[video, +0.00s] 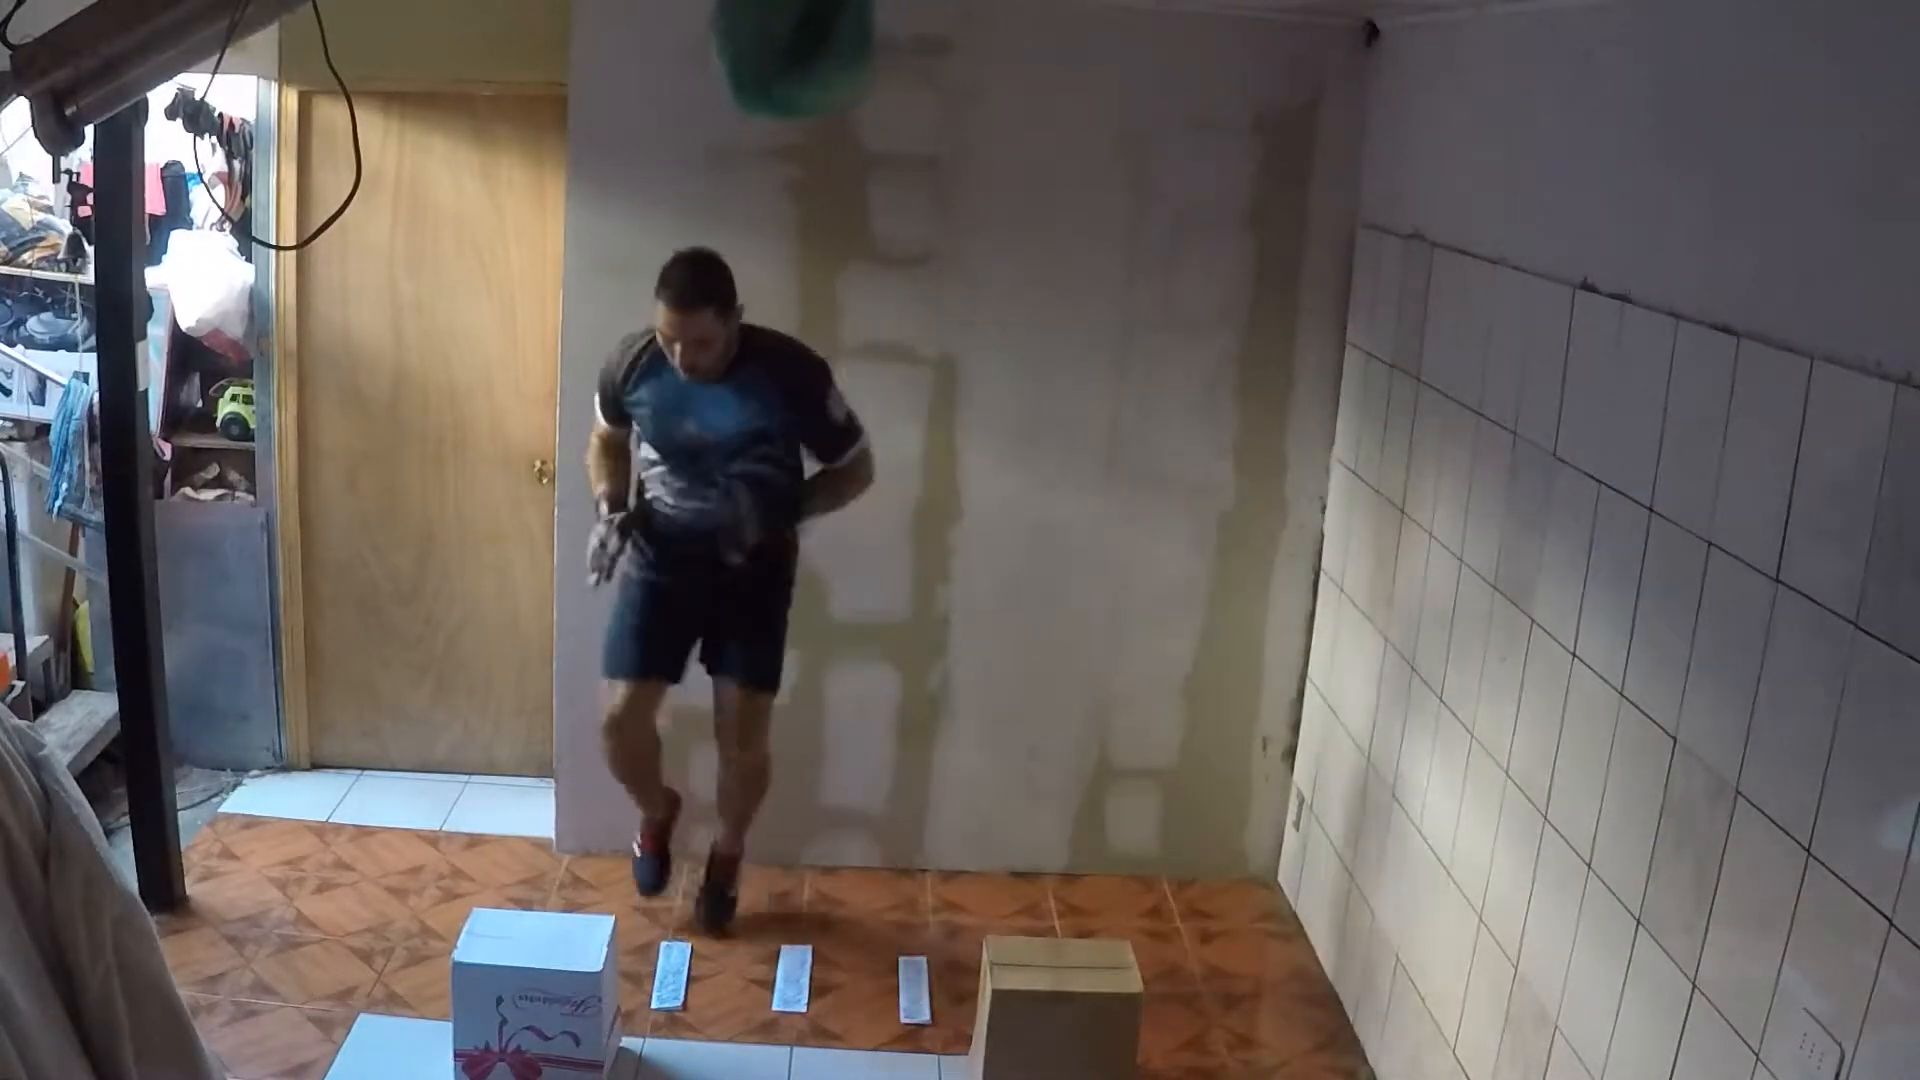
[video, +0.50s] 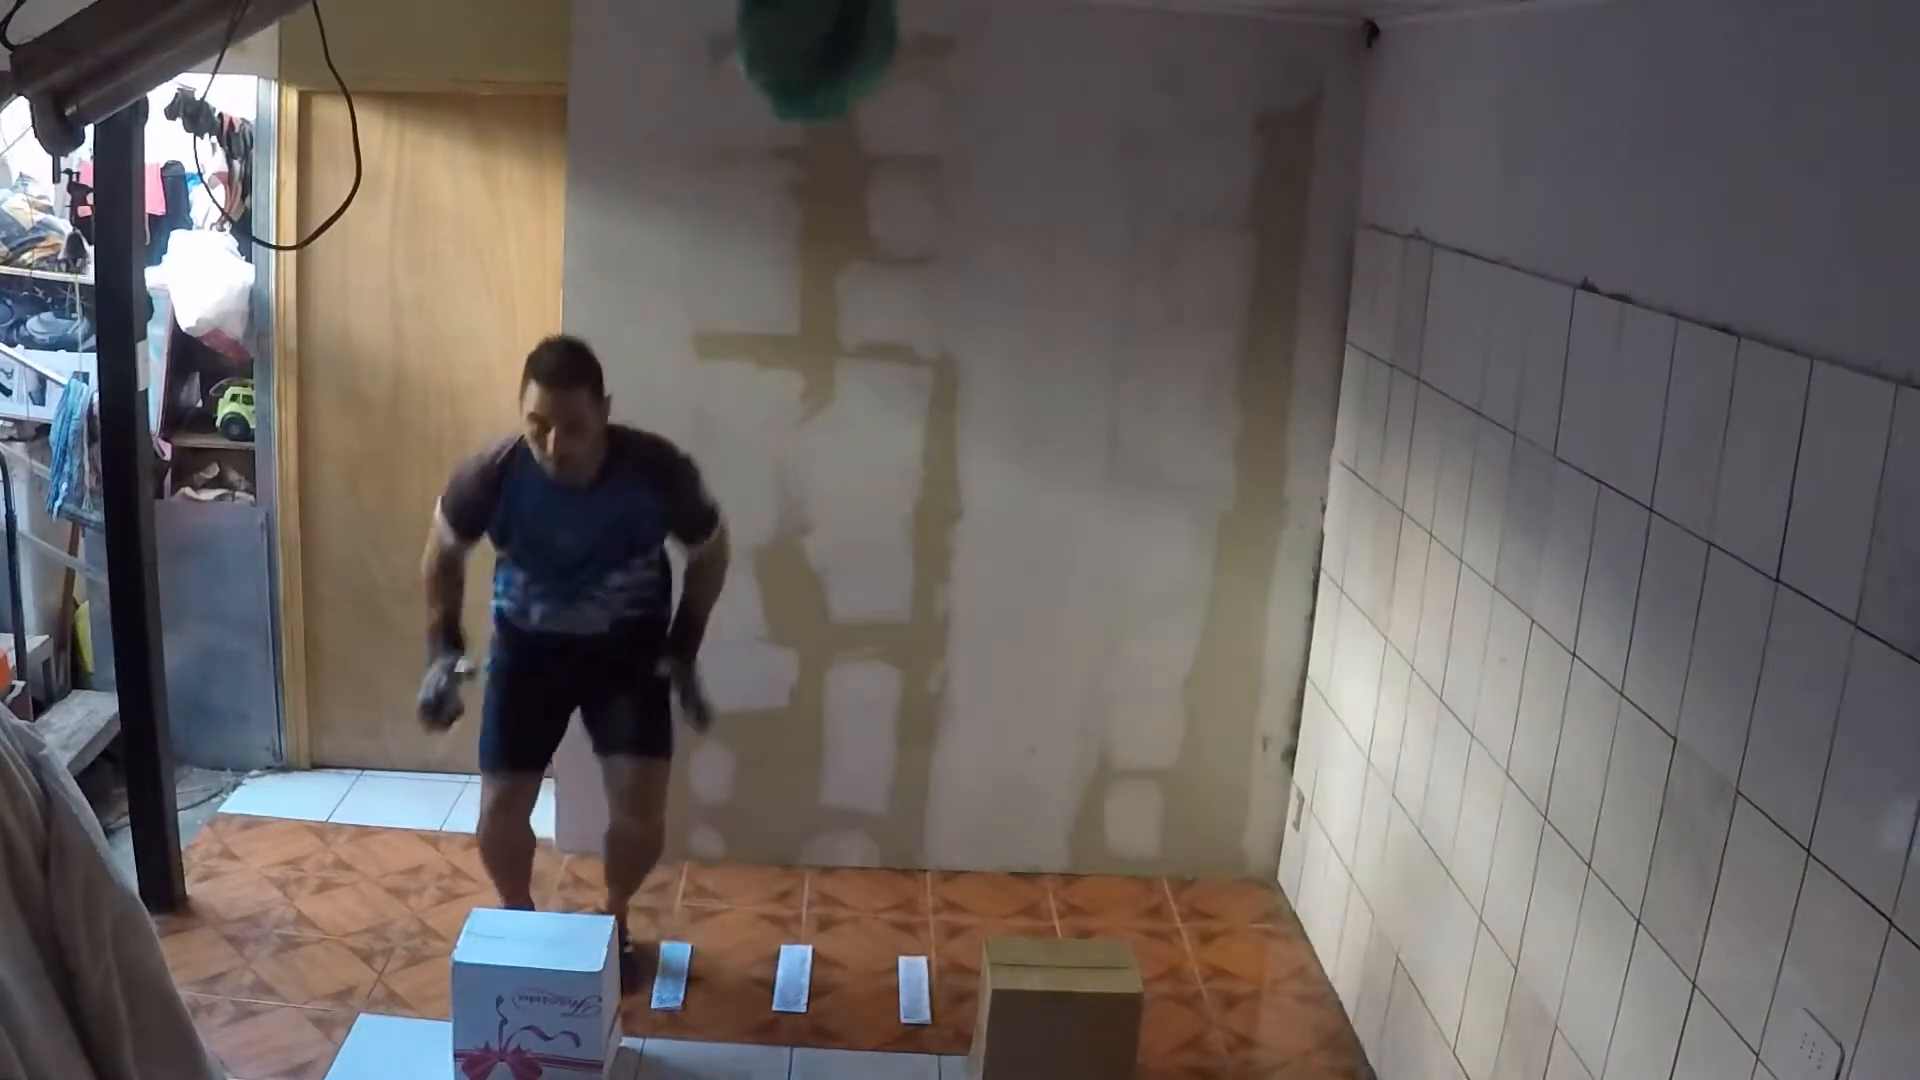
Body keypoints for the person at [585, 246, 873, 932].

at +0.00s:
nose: (683, 356)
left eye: (699, 343)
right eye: (671, 340)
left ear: (732, 320)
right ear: (657, 319)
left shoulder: (788, 370)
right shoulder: (631, 368)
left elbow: (856, 469)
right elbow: (608, 445)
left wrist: (781, 510)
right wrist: (614, 511)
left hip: (753, 562)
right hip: (662, 555)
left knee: (741, 736)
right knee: (621, 720)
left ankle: (727, 858)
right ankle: (657, 811)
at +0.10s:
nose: (671, 380)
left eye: (688, 365)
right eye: (659, 362)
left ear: (720, 345)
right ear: (645, 345)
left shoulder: (763, 403)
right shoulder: (625, 384)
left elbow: (815, 522)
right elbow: (592, 437)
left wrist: (750, 534)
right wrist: (583, 522)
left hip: (732, 591)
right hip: (643, 576)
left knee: (724, 764)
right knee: (575, 692)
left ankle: (728, 865)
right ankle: (613, 778)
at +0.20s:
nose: (647, 377)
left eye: (664, 362)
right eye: (635, 359)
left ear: (697, 344)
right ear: (620, 341)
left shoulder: (740, 399)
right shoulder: (594, 378)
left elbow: (817, 497)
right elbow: (564, 419)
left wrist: (746, 559)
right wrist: (551, 500)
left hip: (707, 584)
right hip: (615, 567)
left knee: (709, 760)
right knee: (544, 690)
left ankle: (722, 861)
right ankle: (563, 812)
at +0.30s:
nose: (614, 366)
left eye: (632, 351)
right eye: (600, 347)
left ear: (665, 332)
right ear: (584, 328)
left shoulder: (713, 380)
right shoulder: (552, 365)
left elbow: (810, 429)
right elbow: (520, 380)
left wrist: (762, 541)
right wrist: (523, 478)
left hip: (677, 580)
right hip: (581, 569)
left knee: (679, 747)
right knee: (529, 726)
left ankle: (697, 857)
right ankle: (519, 871)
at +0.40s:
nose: (581, 399)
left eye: (597, 385)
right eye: (567, 383)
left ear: (628, 367)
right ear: (547, 365)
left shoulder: (676, 411)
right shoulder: (511, 413)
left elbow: (760, 443)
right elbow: (477, 448)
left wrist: (731, 555)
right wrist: (487, 540)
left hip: (654, 601)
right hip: (555, 598)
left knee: (666, 779)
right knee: (523, 764)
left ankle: (642, 891)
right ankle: (516, 907)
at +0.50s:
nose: (555, 443)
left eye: (573, 426)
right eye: (540, 425)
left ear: (603, 412)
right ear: (522, 413)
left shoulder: (657, 470)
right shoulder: (491, 476)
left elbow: (710, 551)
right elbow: (443, 552)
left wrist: (684, 653)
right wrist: (443, 654)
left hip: (627, 649)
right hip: (528, 648)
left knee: (639, 821)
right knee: (501, 812)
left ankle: (616, 917)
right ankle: (519, 926)